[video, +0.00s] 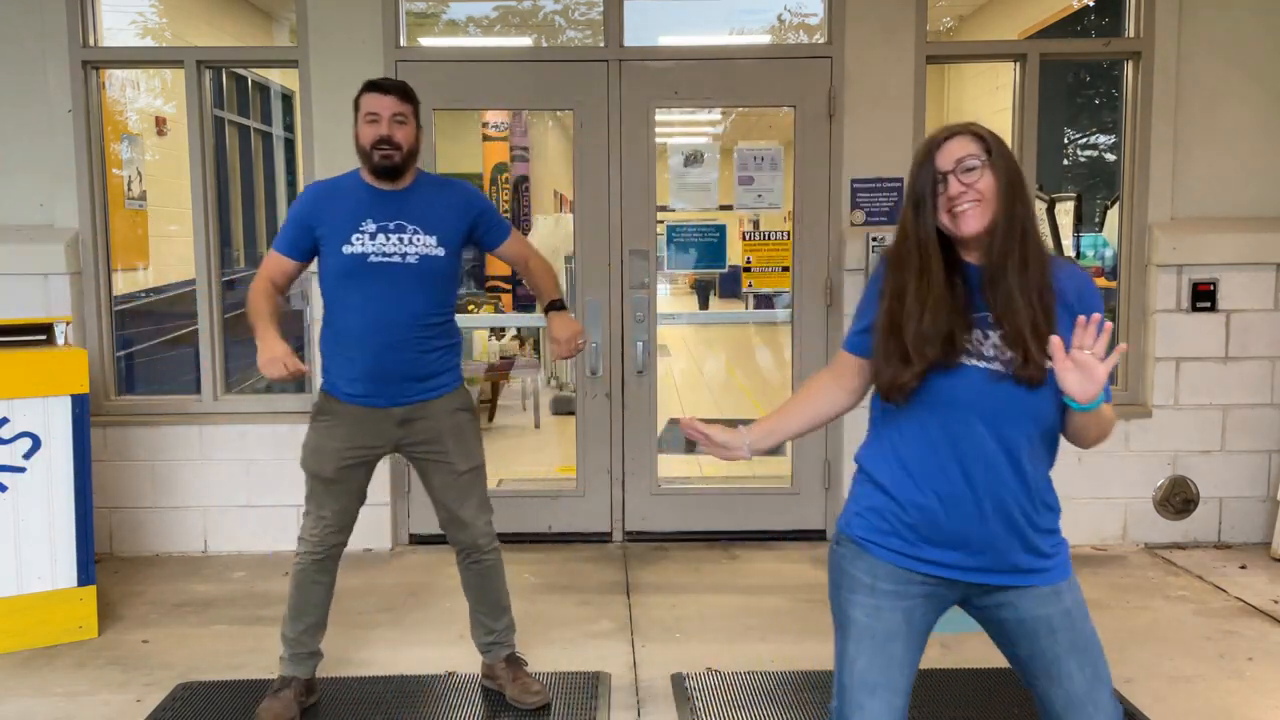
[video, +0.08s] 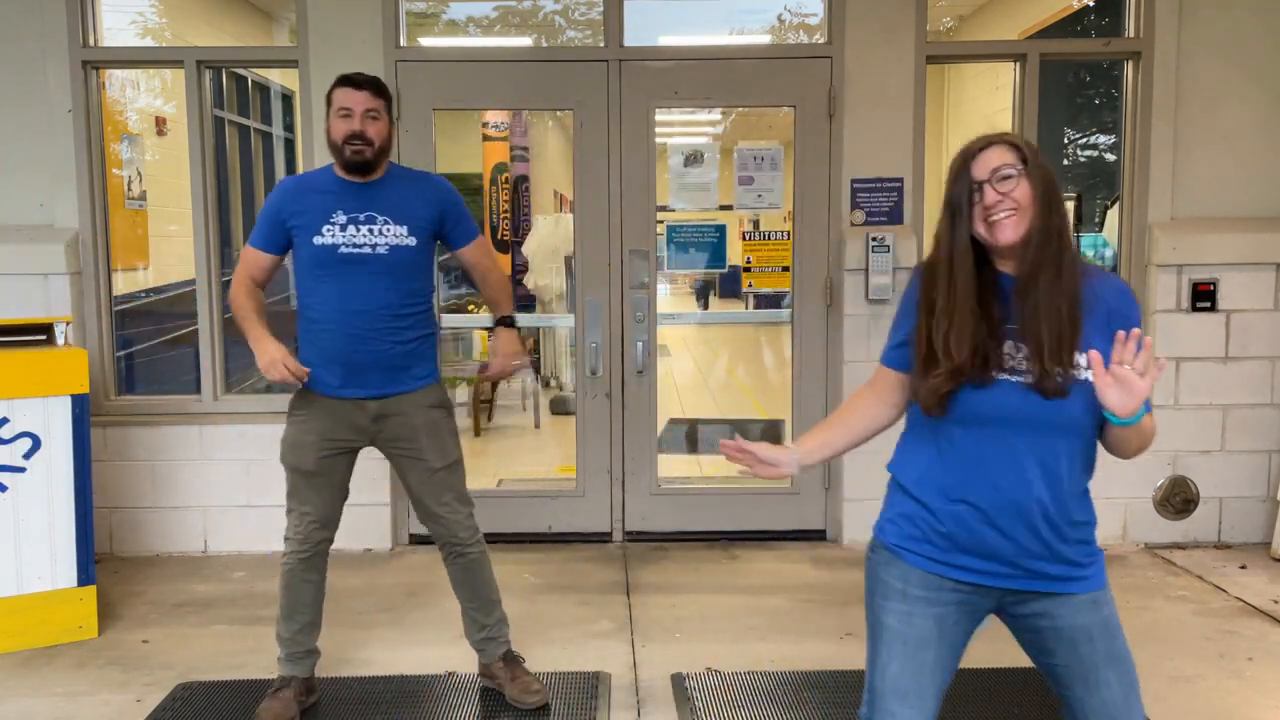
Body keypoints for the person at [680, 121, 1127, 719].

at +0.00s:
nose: (954, 187)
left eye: (969, 169)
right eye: (938, 180)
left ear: (1005, 177)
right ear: (928, 204)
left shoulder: (1066, 288)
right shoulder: (904, 273)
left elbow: (1090, 434)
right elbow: (844, 378)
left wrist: (1085, 401)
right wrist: (750, 438)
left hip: (1021, 551)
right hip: (890, 547)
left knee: (1090, 710)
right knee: (868, 711)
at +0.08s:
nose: (990, 195)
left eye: (1005, 177)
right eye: (974, 189)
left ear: (1041, 186)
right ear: (964, 213)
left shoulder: (1104, 298)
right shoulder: (937, 284)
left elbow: (1129, 445)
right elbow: (887, 390)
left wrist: (1126, 416)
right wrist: (797, 455)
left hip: (1058, 562)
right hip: (926, 555)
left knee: (1119, 713)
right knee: (897, 711)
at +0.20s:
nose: (1033, 191)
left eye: (1048, 174)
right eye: (1016, 185)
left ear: (1084, 186)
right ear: (1003, 209)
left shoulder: (1151, 295)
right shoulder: (977, 289)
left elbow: (1183, 415)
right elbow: (939, 402)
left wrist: (1192, 440)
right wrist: (855, 456)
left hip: (1109, 559)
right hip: (974, 548)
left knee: (1147, 713)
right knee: (929, 712)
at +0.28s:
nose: (1052, 191)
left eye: (1070, 173)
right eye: (1037, 184)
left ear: (1108, 188)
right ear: (1026, 210)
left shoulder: (1178, 294)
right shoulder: (1002, 292)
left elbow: (1231, 422)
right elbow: (962, 407)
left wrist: (1238, 459)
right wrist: (877, 426)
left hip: (1131, 559)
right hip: (997, 546)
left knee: (1160, 712)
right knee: (951, 709)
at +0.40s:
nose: (1069, 184)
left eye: (1088, 169)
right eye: (1055, 176)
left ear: (1124, 184)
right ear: (1041, 204)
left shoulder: (1191, 287)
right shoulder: (1019, 286)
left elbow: (1272, 409)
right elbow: (979, 402)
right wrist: (899, 373)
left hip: (1151, 553)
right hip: (1019, 539)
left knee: (1164, 712)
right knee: (976, 707)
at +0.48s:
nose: (1070, 170)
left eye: (1091, 156)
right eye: (1057, 161)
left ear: (1126, 174)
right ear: (1044, 184)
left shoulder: (1186, 271)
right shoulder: (1029, 276)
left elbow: (1272, 383)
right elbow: (990, 395)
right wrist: (920, 343)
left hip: (1155, 545)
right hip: (1030, 532)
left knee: (1152, 711)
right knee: (999, 703)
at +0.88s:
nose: (1051, 194)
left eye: (1071, 179)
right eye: (1036, 182)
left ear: (1102, 196)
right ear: (1017, 203)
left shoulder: (1167, 285)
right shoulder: (1013, 303)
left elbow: (1266, 396)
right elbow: (975, 428)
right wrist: (914, 366)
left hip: (1173, 578)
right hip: (1044, 569)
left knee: (1155, 713)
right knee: (1014, 711)